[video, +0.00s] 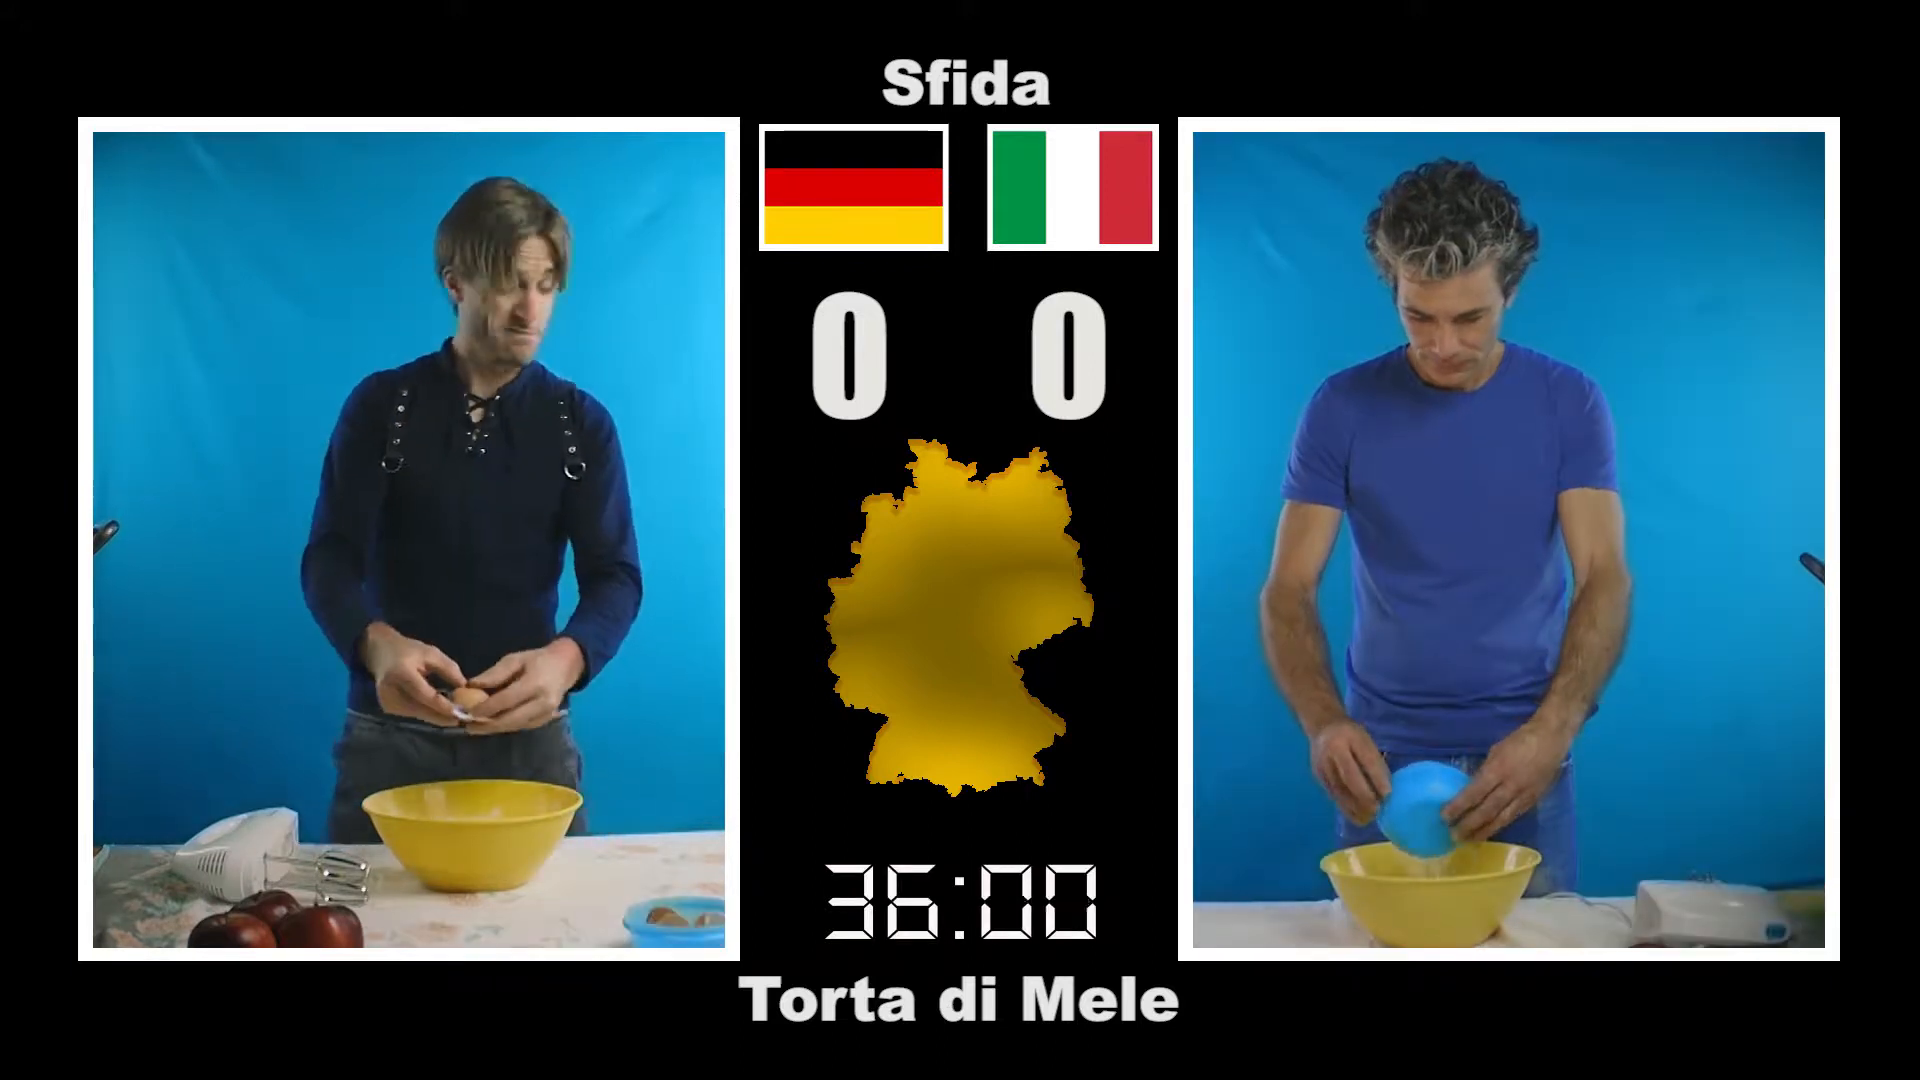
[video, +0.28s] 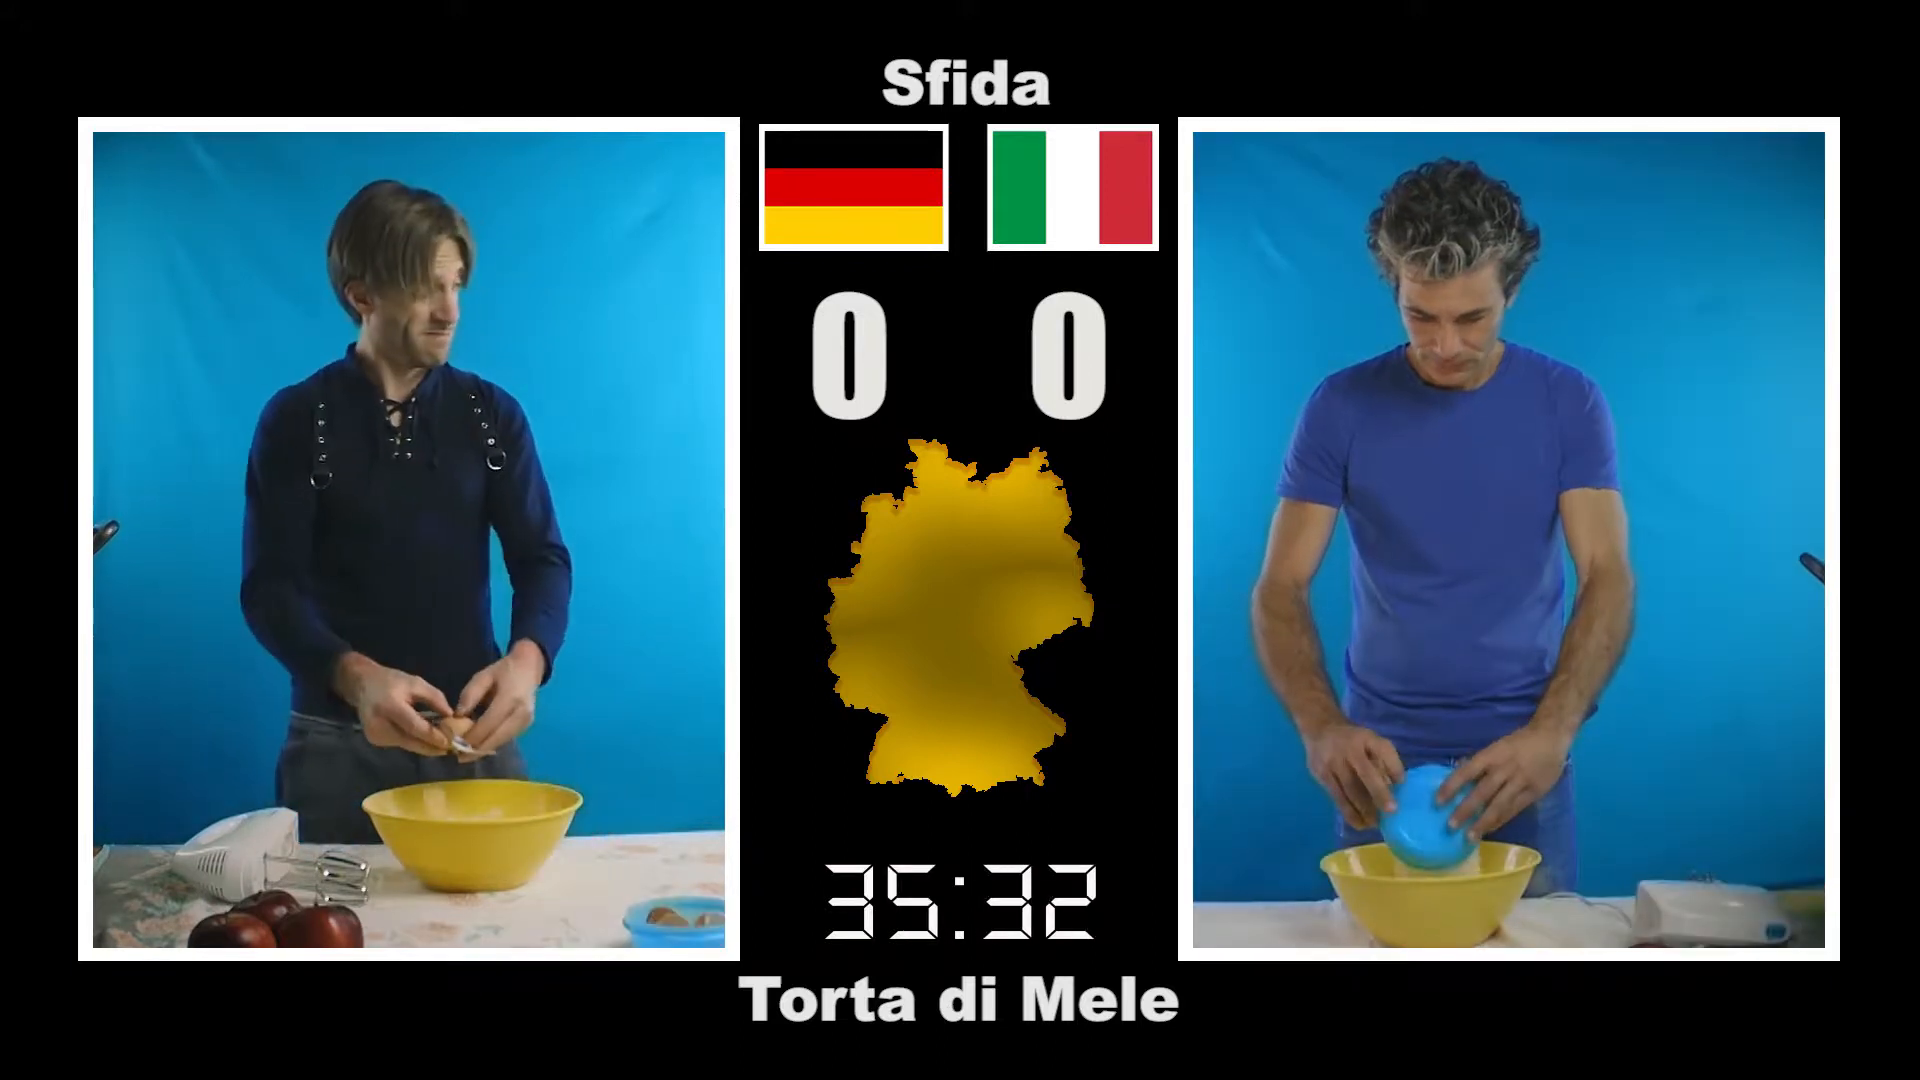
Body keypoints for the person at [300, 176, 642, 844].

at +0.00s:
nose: (528, 308)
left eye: (544, 285)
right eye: (508, 285)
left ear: (558, 285)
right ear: (456, 279)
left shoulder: (579, 424)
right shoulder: (381, 407)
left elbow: (614, 577)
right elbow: (330, 557)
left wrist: (566, 661)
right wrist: (376, 645)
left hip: (527, 748)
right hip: (395, 743)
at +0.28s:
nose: (446, 309)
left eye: (454, 287)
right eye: (423, 289)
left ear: (463, 287)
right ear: (361, 294)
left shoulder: (491, 417)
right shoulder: (298, 421)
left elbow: (542, 557)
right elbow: (268, 590)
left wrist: (527, 661)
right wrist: (357, 678)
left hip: (477, 752)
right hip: (344, 757)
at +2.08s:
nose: (451, 348)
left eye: (470, 326)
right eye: (431, 326)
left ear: (492, 316)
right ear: (398, 312)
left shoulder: (539, 426)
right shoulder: (345, 429)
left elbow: (565, 558)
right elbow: (328, 566)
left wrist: (512, 679)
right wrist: (363, 692)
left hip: (515, 738)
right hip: (385, 741)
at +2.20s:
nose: (450, 308)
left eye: (449, 286)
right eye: (428, 292)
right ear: (354, 306)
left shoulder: (474, 405)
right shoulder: (277, 416)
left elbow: (517, 552)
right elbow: (216, 554)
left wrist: (550, 688)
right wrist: (225, 604)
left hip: (457, 742)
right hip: (326, 750)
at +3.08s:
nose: (516, 315)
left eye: (529, 292)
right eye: (497, 292)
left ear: (540, 287)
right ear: (434, 282)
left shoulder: (554, 414)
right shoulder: (356, 407)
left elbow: (596, 562)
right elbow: (288, 547)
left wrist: (607, 684)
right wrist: (299, 589)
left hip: (523, 747)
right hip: (387, 745)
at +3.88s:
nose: (458, 323)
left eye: (469, 300)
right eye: (440, 298)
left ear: (478, 294)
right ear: (370, 283)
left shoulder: (475, 406)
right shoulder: (283, 408)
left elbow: (509, 562)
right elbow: (205, 577)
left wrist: (559, 689)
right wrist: (284, 615)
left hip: (457, 741)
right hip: (327, 750)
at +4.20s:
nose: (379, 348)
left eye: (403, 328)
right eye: (364, 322)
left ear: (428, 314)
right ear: (336, 292)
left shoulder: (459, 422)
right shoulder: (264, 406)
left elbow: (509, 568)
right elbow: (222, 570)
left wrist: (506, 704)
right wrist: (298, 650)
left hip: (428, 731)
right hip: (294, 731)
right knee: (288, 933)